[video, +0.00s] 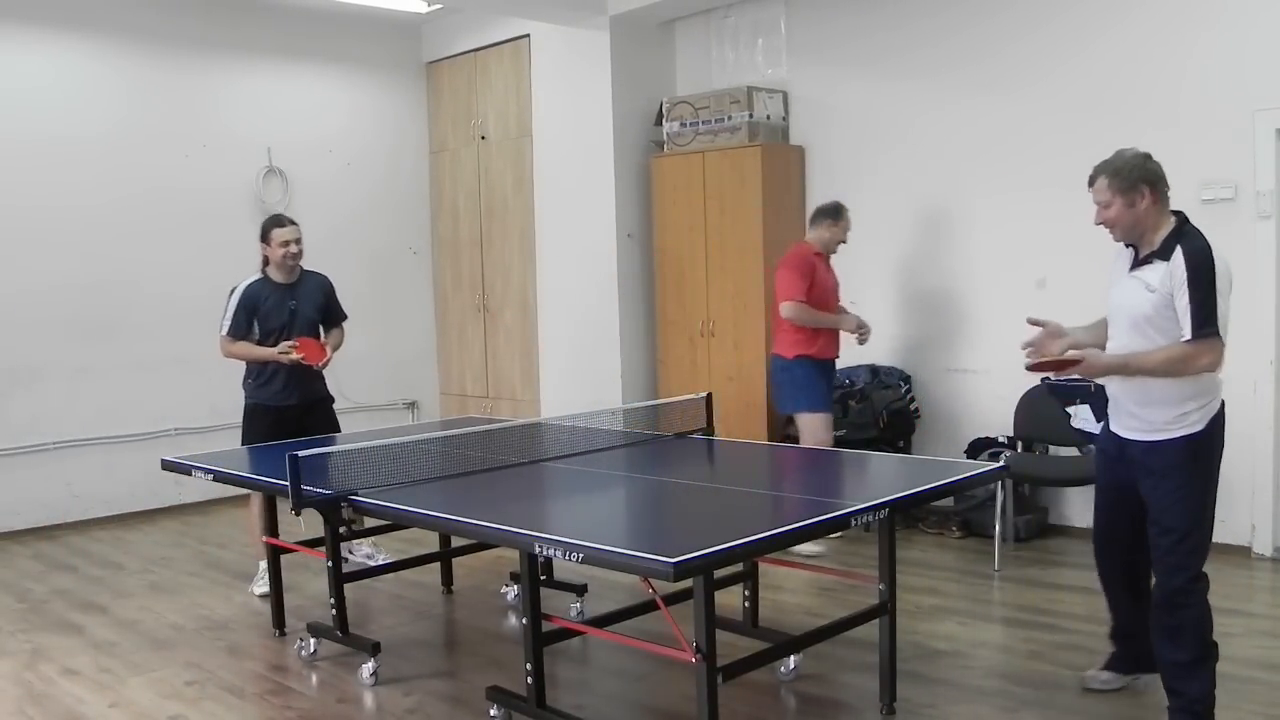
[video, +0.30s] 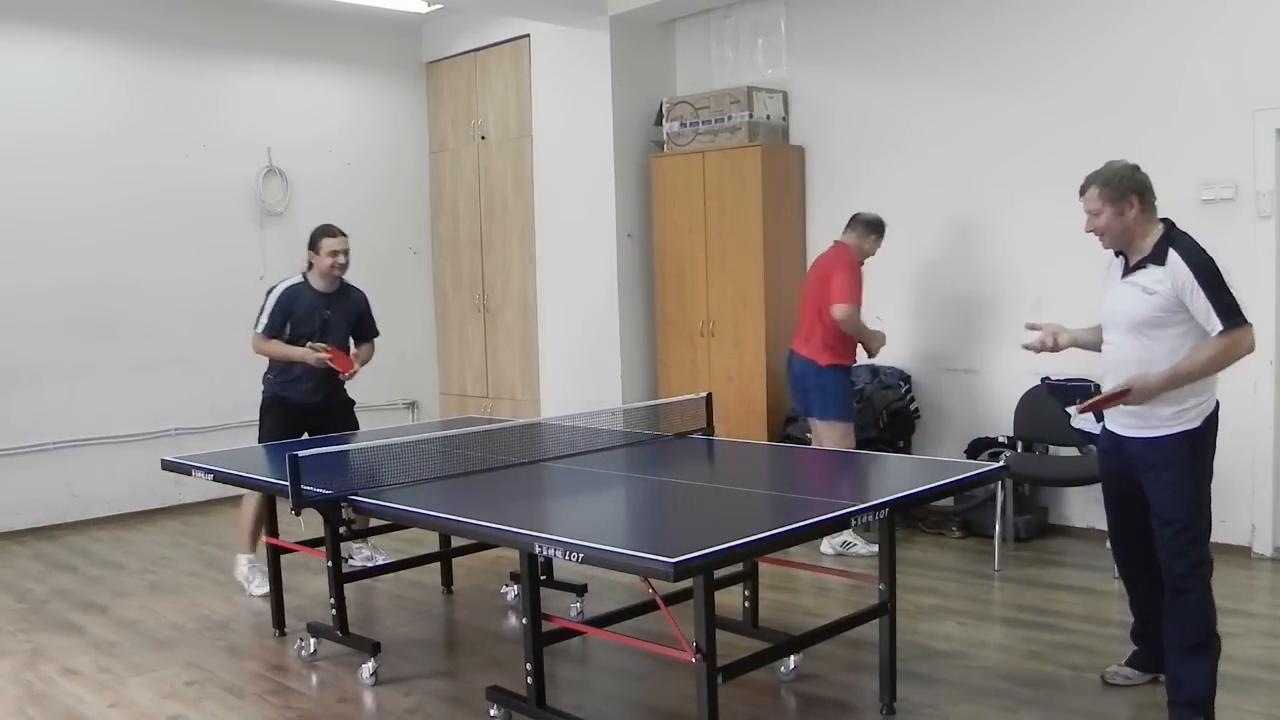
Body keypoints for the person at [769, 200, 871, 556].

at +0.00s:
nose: (844, 241)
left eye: (846, 235)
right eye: (842, 234)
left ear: (828, 228)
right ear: (825, 227)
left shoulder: (821, 263)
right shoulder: (798, 259)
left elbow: (829, 307)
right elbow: (790, 308)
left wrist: (856, 322)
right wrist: (840, 322)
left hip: (817, 363)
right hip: (800, 364)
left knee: (816, 444)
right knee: (818, 444)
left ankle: (813, 522)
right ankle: (802, 528)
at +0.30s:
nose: (874, 253)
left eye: (876, 247)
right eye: (876, 246)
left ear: (850, 232)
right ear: (869, 239)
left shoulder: (826, 259)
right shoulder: (846, 262)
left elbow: (821, 313)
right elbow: (842, 313)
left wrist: (862, 335)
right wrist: (867, 336)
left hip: (808, 364)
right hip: (825, 368)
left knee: (823, 447)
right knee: (841, 451)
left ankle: (820, 524)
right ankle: (836, 532)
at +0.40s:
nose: (877, 249)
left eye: (878, 243)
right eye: (879, 243)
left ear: (849, 230)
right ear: (874, 238)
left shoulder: (824, 257)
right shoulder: (856, 261)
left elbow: (828, 310)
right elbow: (875, 309)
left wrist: (861, 335)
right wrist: (884, 333)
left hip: (806, 360)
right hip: (830, 365)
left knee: (822, 445)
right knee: (844, 449)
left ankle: (816, 523)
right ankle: (837, 531)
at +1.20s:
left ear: (825, 270)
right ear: (853, 266)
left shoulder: (803, 286)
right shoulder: (865, 272)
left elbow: (788, 338)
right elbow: (889, 308)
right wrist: (874, 339)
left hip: (803, 355)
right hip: (845, 352)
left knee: (814, 445)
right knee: (861, 446)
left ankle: (812, 519)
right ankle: (872, 519)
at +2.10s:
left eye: (829, 279)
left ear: (828, 279)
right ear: (852, 271)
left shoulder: (815, 294)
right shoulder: (876, 274)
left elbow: (806, 345)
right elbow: (909, 308)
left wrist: (816, 384)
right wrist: (892, 343)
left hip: (821, 355)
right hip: (866, 352)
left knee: (823, 448)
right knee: (871, 448)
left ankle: (818, 520)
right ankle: (873, 521)